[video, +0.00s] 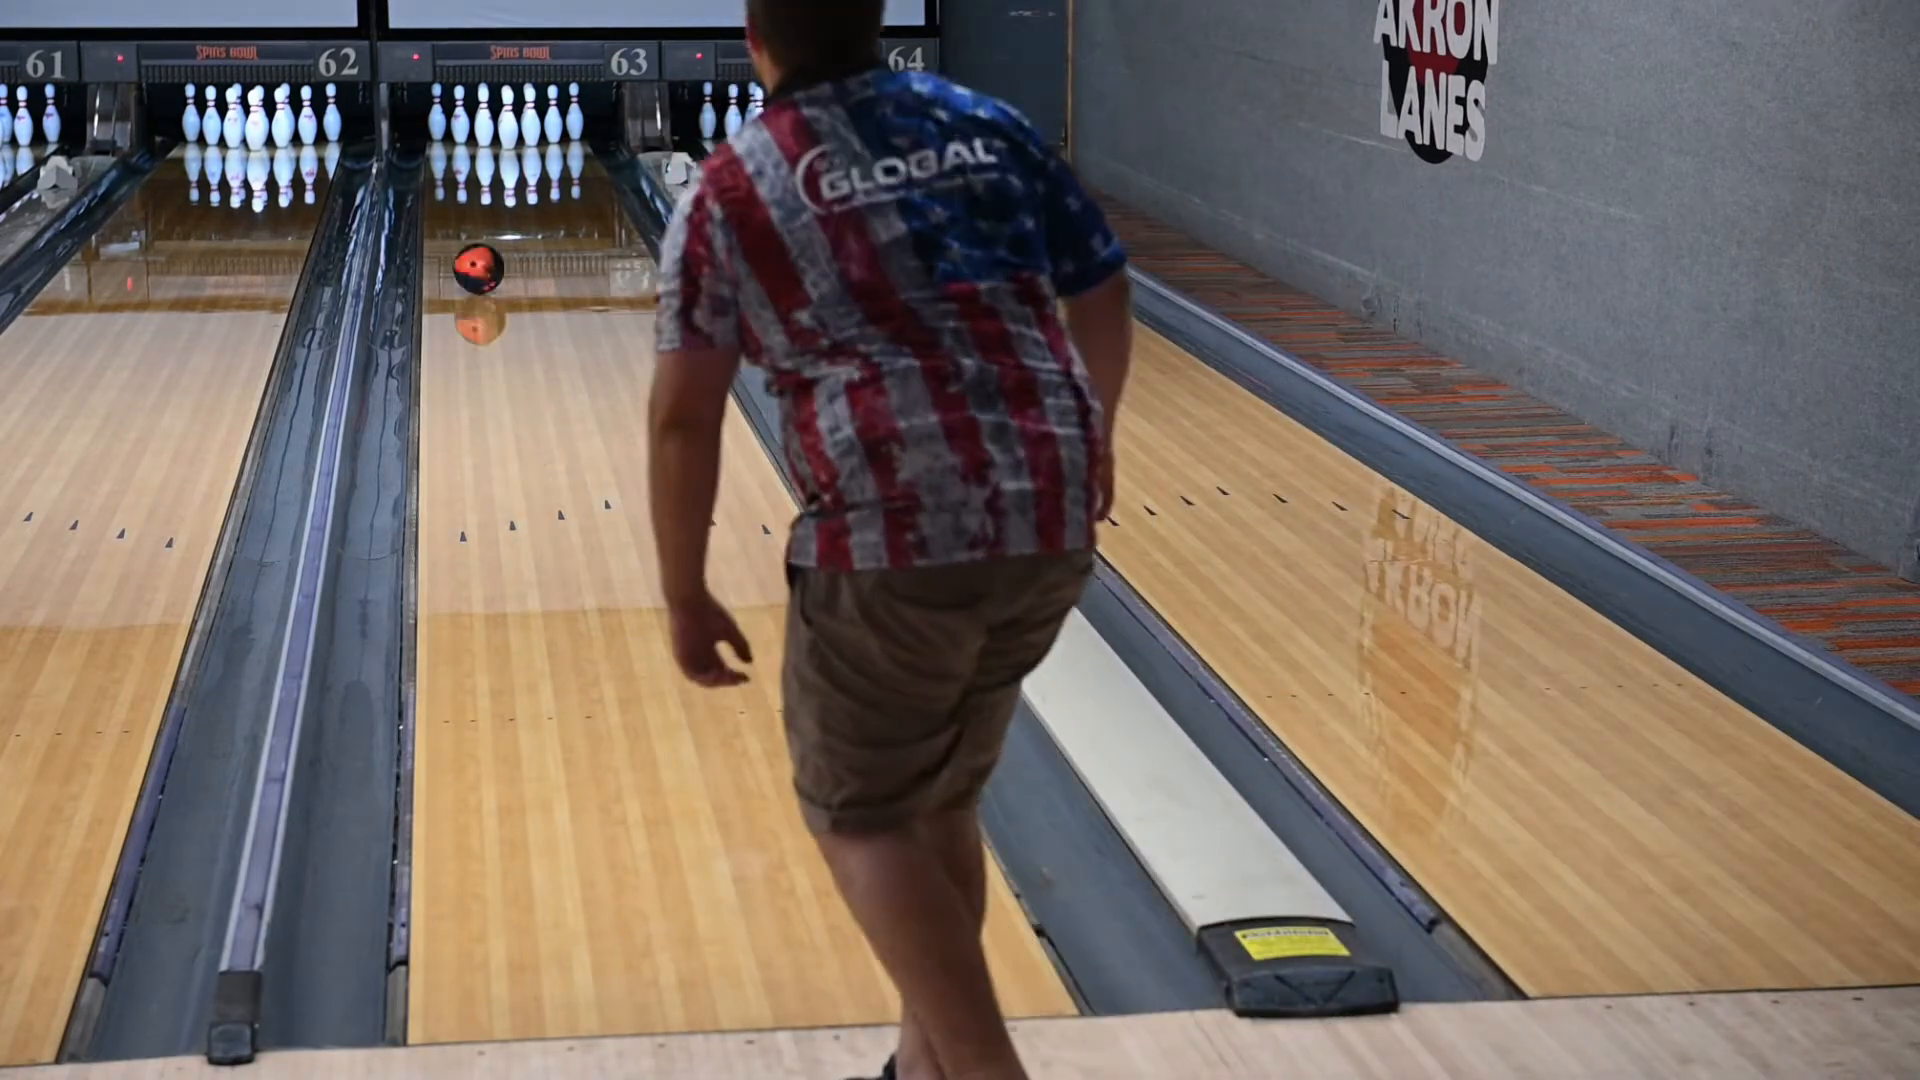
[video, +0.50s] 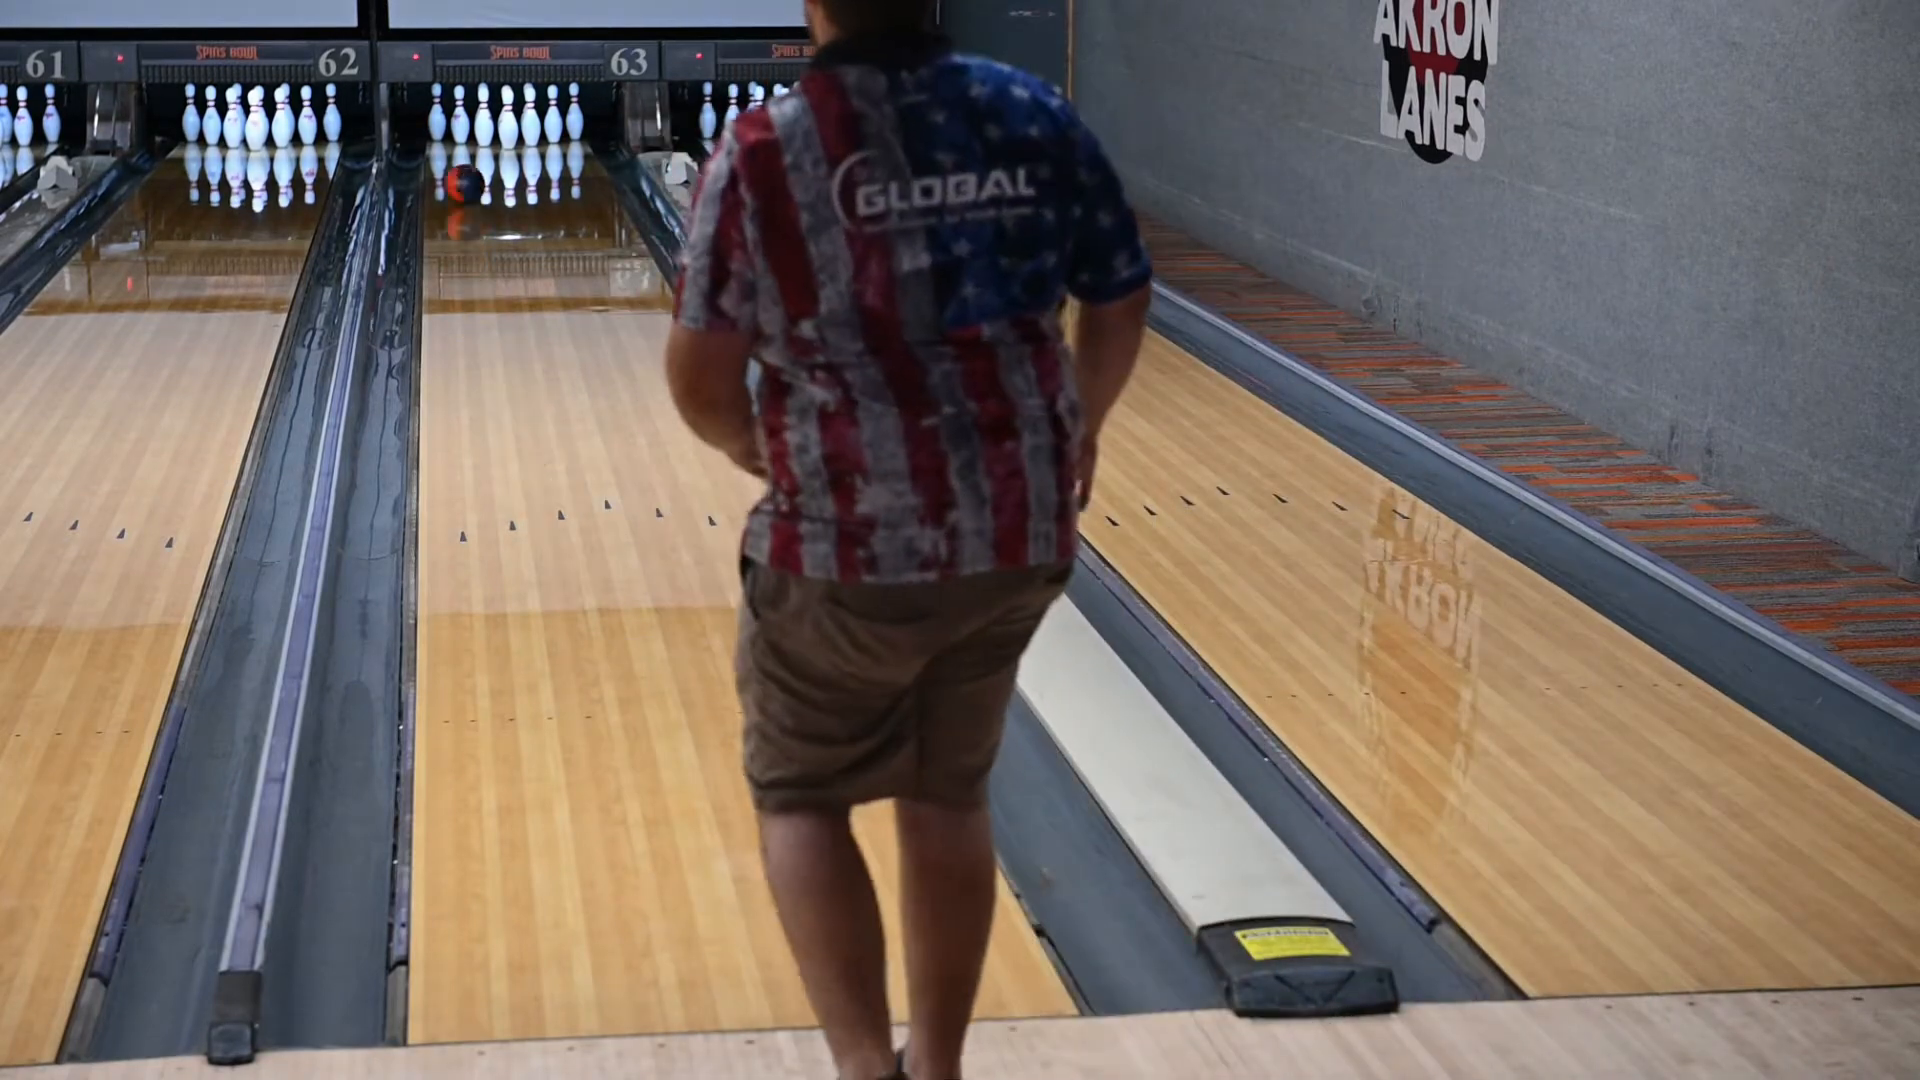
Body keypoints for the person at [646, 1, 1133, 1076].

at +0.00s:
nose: (757, 49)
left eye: (755, 37)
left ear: (759, 45)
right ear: (877, 29)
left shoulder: (733, 185)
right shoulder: (987, 126)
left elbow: (684, 415)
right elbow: (1102, 293)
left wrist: (684, 591)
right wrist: (1089, 443)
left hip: (893, 537)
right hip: (1052, 519)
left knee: (861, 810)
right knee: (948, 799)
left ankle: (988, 1072)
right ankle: (927, 1063)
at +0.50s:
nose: (801, 18)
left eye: (803, 9)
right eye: (809, 9)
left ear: (818, 11)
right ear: (934, 1)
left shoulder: (764, 148)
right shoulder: (1035, 117)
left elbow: (700, 380)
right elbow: (1121, 297)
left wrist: (778, 455)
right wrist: (1079, 424)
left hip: (847, 542)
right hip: (1022, 526)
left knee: (801, 795)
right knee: (950, 791)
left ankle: (868, 1066)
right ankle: (936, 1065)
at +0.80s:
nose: (801, 20)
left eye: (803, 13)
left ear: (811, 12)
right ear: (937, 8)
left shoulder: (734, 146)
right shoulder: (1022, 136)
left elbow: (644, 364)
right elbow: (1108, 335)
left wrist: (731, 386)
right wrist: (1102, 467)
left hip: (797, 554)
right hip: (984, 552)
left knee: (822, 864)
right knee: (953, 831)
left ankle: (836, 1072)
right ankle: (941, 1071)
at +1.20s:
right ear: (936, 4)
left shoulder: (701, 128)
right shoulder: (1003, 153)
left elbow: (632, 329)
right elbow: (1085, 386)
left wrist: (739, 383)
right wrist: (1085, 472)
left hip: (759, 563)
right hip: (962, 572)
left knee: (811, 887)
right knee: (1011, 886)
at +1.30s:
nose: (962, 15)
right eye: (960, 6)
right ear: (947, 7)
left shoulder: (712, 129)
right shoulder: (996, 163)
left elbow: (656, 327)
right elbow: (1080, 422)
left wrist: (779, 372)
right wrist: (1085, 454)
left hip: (764, 578)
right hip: (958, 594)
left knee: (817, 898)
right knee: (1007, 925)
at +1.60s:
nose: (1018, 49)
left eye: (1013, 29)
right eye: (1017, 28)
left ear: (878, 27)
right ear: (994, 36)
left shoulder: (813, 164)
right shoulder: (973, 204)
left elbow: (891, 384)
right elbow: (1080, 450)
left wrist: (1065, 352)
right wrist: (1129, 387)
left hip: (839, 620)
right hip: (958, 646)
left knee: (873, 961)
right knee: (976, 1021)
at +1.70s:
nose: (1058, 47)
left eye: (1055, 25)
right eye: (1049, 24)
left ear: (923, 30)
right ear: (999, 37)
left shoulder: (862, 158)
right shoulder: (971, 202)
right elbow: (1078, 452)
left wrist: (1108, 381)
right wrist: (1152, 403)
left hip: (895, 648)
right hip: (971, 673)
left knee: (935, 1017)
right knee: (971, 1035)